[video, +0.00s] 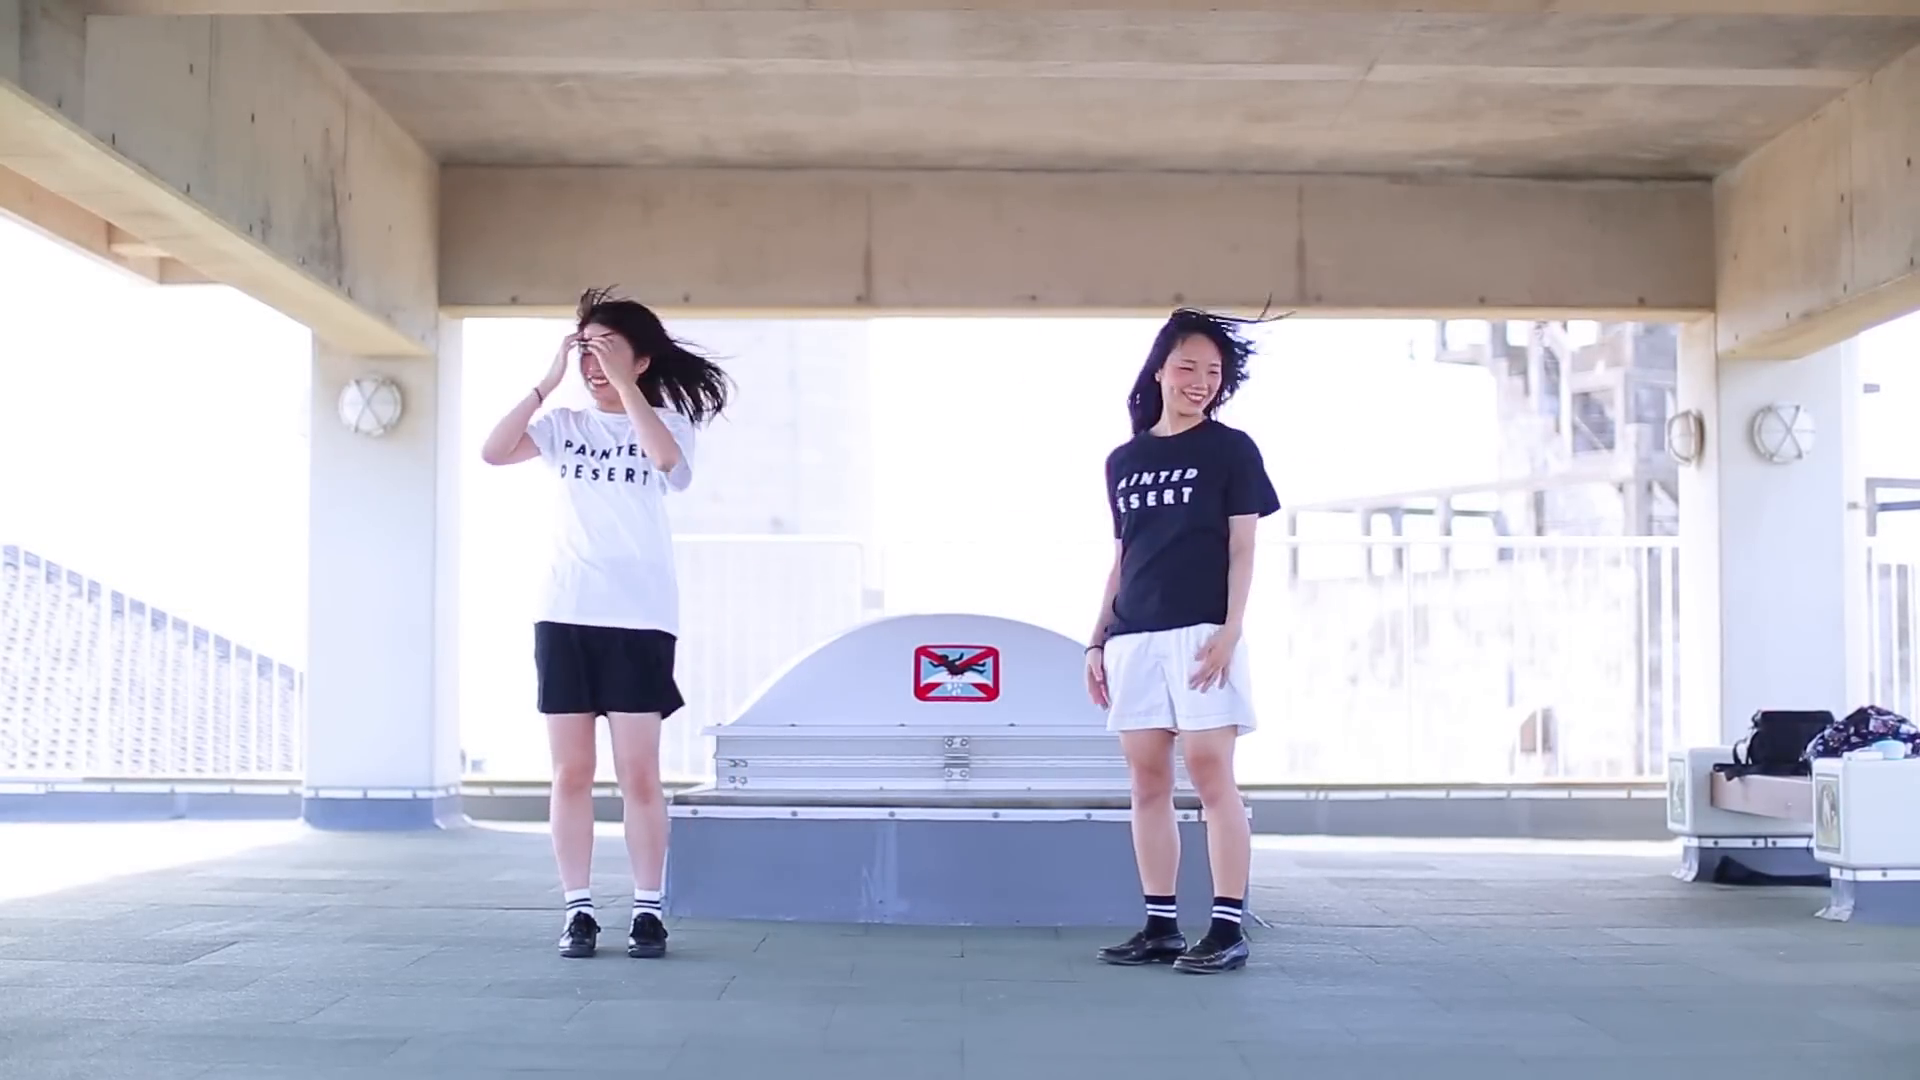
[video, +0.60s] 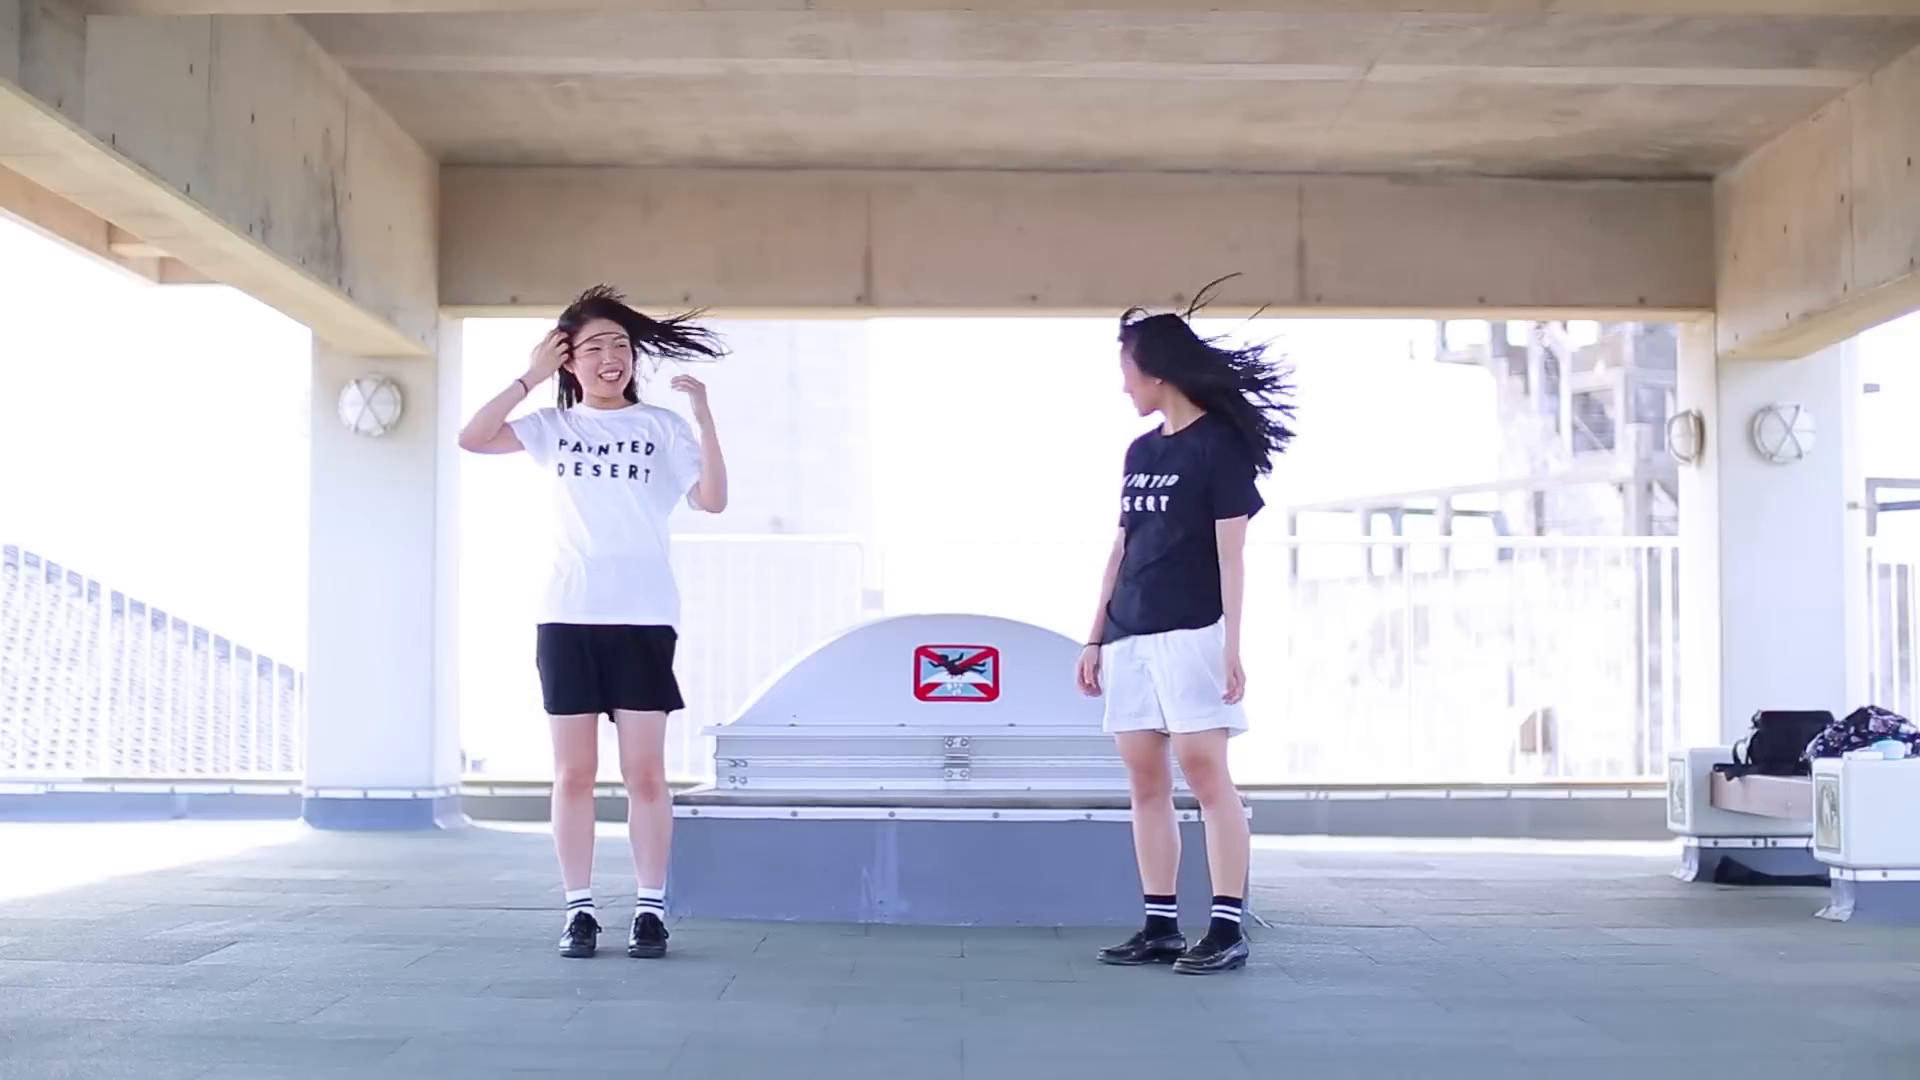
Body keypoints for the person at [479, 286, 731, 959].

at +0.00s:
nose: (593, 363)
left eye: (607, 351)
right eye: (584, 351)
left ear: (644, 359)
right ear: (577, 361)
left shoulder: (667, 420)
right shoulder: (564, 423)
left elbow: (667, 459)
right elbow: (495, 451)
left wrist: (625, 381)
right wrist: (546, 383)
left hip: (641, 620)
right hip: (566, 617)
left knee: (638, 776)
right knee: (572, 774)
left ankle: (647, 908)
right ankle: (577, 910)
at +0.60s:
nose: (610, 355)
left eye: (619, 343)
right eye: (594, 345)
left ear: (635, 355)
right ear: (570, 362)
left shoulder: (663, 425)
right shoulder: (554, 423)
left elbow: (712, 498)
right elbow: (474, 438)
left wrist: (704, 418)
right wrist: (530, 375)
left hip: (645, 617)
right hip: (568, 617)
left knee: (645, 776)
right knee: (574, 775)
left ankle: (651, 907)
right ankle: (579, 910)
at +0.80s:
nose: (614, 349)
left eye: (623, 339)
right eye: (598, 339)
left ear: (633, 352)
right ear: (568, 353)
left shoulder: (655, 427)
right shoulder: (547, 417)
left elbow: (689, 516)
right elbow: (485, 457)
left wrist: (721, 485)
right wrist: (500, 392)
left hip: (641, 619)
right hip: (565, 618)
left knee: (642, 772)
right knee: (573, 773)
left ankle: (649, 906)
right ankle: (579, 909)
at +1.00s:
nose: (619, 350)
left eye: (624, 341)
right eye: (603, 340)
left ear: (630, 355)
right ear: (569, 354)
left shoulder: (645, 433)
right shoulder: (542, 432)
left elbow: (662, 524)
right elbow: (527, 535)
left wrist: (689, 597)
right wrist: (526, 493)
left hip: (631, 622)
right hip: (558, 621)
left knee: (647, 771)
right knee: (567, 773)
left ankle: (636, 907)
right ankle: (578, 910)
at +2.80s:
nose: (631, 371)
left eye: (642, 372)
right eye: (626, 355)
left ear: (639, 387)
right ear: (594, 349)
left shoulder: (633, 447)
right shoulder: (527, 415)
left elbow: (633, 548)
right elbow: (492, 512)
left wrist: (627, 634)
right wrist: (490, 604)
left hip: (600, 629)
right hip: (530, 621)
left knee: (596, 773)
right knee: (535, 772)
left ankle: (595, 906)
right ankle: (541, 911)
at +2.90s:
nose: (628, 370)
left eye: (640, 372)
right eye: (623, 354)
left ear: (637, 387)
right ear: (592, 349)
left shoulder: (632, 447)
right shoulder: (524, 416)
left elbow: (631, 548)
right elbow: (489, 511)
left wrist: (624, 634)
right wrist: (487, 602)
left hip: (599, 629)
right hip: (530, 621)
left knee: (596, 773)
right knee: (535, 772)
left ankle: (595, 906)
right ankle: (541, 911)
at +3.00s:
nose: (629, 367)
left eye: (640, 368)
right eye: (623, 352)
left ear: (637, 385)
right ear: (590, 348)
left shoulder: (632, 447)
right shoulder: (524, 416)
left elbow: (632, 546)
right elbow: (488, 514)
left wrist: (627, 632)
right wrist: (489, 604)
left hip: (601, 629)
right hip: (531, 620)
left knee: (596, 773)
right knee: (535, 772)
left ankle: (595, 906)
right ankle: (541, 911)